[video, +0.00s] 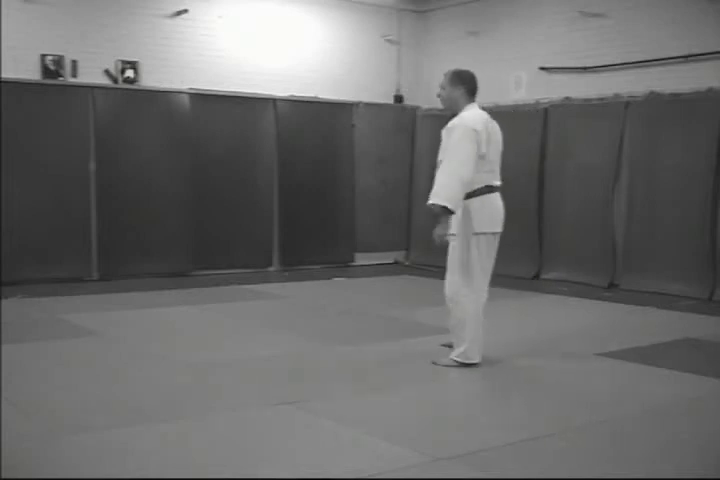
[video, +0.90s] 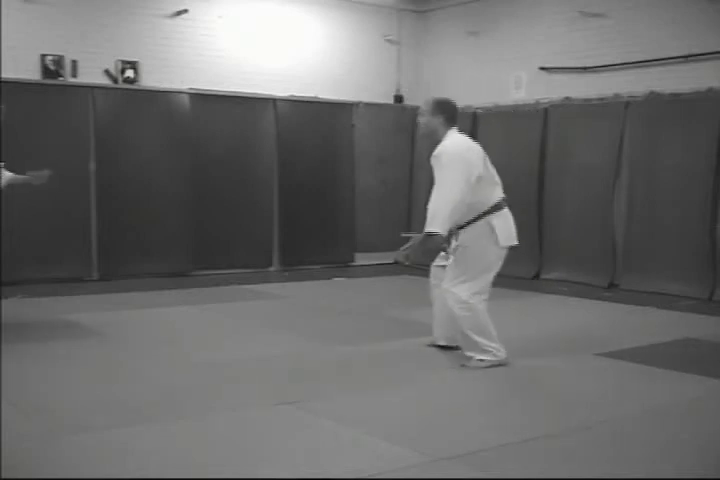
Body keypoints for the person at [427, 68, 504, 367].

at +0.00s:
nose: (439, 94)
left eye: (444, 88)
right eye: (440, 88)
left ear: (461, 92)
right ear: (467, 93)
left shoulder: (464, 125)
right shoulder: (487, 122)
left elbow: (455, 171)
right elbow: (485, 171)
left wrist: (444, 216)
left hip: (472, 209)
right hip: (489, 206)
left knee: (462, 282)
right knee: (473, 280)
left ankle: (467, 352)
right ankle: (466, 340)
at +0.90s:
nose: (418, 122)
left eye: (423, 116)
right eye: (419, 116)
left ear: (440, 120)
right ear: (442, 121)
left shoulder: (453, 150)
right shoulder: (455, 146)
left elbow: (447, 199)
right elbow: (449, 200)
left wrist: (424, 243)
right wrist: (428, 236)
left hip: (485, 229)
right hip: (472, 228)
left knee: (459, 290)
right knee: (440, 273)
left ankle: (490, 352)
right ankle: (447, 337)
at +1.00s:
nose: (413, 131)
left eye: (417, 125)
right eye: (414, 125)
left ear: (434, 129)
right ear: (438, 129)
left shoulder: (451, 157)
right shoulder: (449, 154)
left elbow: (447, 208)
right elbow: (446, 207)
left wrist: (425, 252)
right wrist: (428, 245)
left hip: (486, 233)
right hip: (472, 232)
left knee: (456, 292)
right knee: (437, 276)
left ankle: (488, 353)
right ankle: (443, 336)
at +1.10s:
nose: (410, 127)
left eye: (414, 121)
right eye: (412, 121)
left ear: (431, 125)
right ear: (434, 125)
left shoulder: (449, 153)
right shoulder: (447, 149)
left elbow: (448, 200)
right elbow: (447, 200)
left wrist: (434, 243)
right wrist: (437, 242)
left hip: (485, 228)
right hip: (470, 228)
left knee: (459, 291)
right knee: (441, 276)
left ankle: (488, 351)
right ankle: (445, 336)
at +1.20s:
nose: (410, 121)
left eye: (414, 114)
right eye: (411, 114)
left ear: (431, 116)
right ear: (433, 116)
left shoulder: (449, 144)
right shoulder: (448, 141)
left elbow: (451, 191)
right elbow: (451, 191)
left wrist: (442, 237)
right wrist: (445, 235)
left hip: (483, 220)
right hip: (470, 220)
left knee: (466, 288)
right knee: (447, 274)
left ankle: (493, 350)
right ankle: (447, 335)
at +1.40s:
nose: (419, 117)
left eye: (422, 111)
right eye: (419, 111)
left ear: (438, 113)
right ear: (443, 113)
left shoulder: (452, 141)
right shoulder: (466, 137)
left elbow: (453, 188)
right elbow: (462, 188)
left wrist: (443, 232)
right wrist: (448, 233)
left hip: (482, 219)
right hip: (474, 219)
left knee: (480, 292)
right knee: (450, 272)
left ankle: (512, 355)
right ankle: (450, 336)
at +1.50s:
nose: (420, 117)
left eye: (424, 111)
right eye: (421, 111)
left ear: (441, 112)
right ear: (445, 113)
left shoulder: (455, 141)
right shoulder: (467, 137)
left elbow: (453, 189)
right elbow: (461, 188)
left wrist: (441, 234)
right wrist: (448, 232)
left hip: (484, 217)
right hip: (480, 216)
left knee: (482, 289)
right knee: (451, 267)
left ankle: (510, 355)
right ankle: (449, 335)